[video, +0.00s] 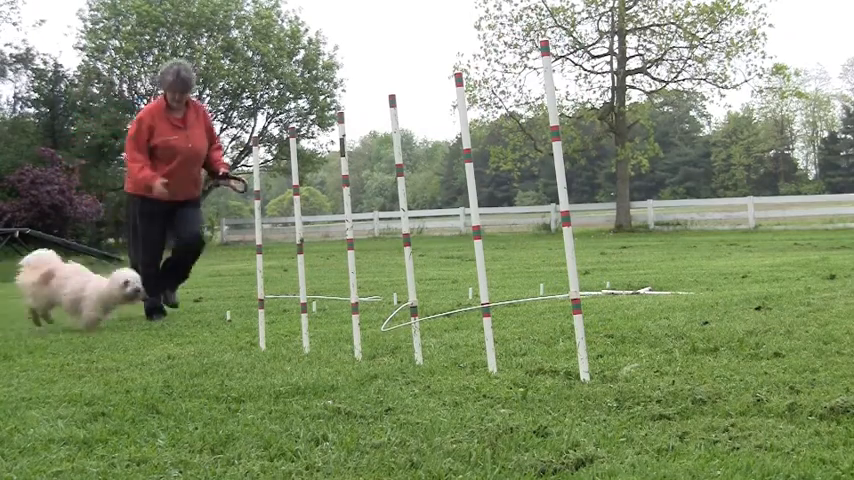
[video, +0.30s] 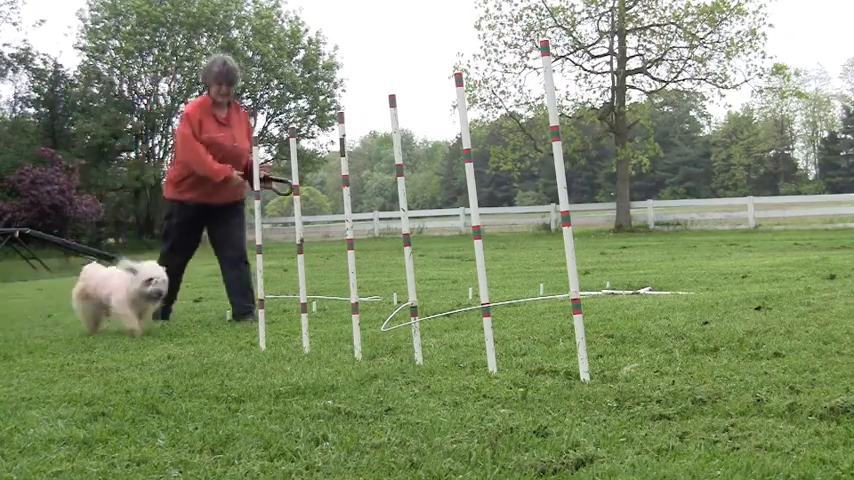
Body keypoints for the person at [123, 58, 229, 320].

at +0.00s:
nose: (178, 97)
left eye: (183, 92)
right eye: (173, 92)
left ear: (189, 90)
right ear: (164, 89)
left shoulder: (199, 112)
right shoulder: (148, 116)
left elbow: (212, 146)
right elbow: (134, 157)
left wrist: (220, 168)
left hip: (187, 197)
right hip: (150, 197)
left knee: (192, 241)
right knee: (150, 255)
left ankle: (167, 282)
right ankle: (153, 307)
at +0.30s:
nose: (224, 89)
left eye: (229, 84)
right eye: (218, 83)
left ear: (235, 85)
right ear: (207, 84)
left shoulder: (240, 115)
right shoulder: (193, 113)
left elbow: (246, 154)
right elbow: (189, 154)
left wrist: (256, 170)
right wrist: (225, 173)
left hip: (227, 198)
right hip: (188, 198)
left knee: (235, 257)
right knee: (173, 259)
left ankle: (244, 313)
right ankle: (161, 312)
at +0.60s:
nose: (277, 73)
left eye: (282, 68)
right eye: (271, 68)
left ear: (290, 68)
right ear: (261, 68)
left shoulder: (296, 101)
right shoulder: (246, 97)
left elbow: (307, 135)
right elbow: (223, 137)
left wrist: (315, 157)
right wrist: (207, 176)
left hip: (274, 187)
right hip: (241, 183)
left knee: (256, 248)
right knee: (273, 230)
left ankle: (243, 310)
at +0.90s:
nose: (329, 68)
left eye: (334, 62)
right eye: (323, 62)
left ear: (341, 63)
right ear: (313, 63)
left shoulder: (348, 93)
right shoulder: (301, 95)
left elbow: (362, 135)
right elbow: (280, 140)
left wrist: (374, 156)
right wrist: (267, 184)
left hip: (335, 187)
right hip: (302, 188)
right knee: (324, 248)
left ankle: (294, 288)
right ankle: (337, 313)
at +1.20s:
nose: (384, 56)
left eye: (389, 50)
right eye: (377, 50)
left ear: (396, 52)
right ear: (366, 52)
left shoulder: (405, 88)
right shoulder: (353, 88)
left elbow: (407, 134)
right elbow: (345, 135)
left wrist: (427, 155)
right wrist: (385, 163)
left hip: (395, 185)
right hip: (353, 186)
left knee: (414, 245)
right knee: (347, 253)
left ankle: (429, 312)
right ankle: (339, 314)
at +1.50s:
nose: (437, 36)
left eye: (443, 30)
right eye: (431, 31)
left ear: (451, 32)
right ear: (420, 33)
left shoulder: (464, 68)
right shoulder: (405, 73)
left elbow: (480, 112)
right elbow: (393, 126)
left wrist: (492, 138)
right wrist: (402, 171)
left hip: (455, 171)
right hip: (420, 172)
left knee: (451, 240)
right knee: (446, 230)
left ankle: (441, 313)